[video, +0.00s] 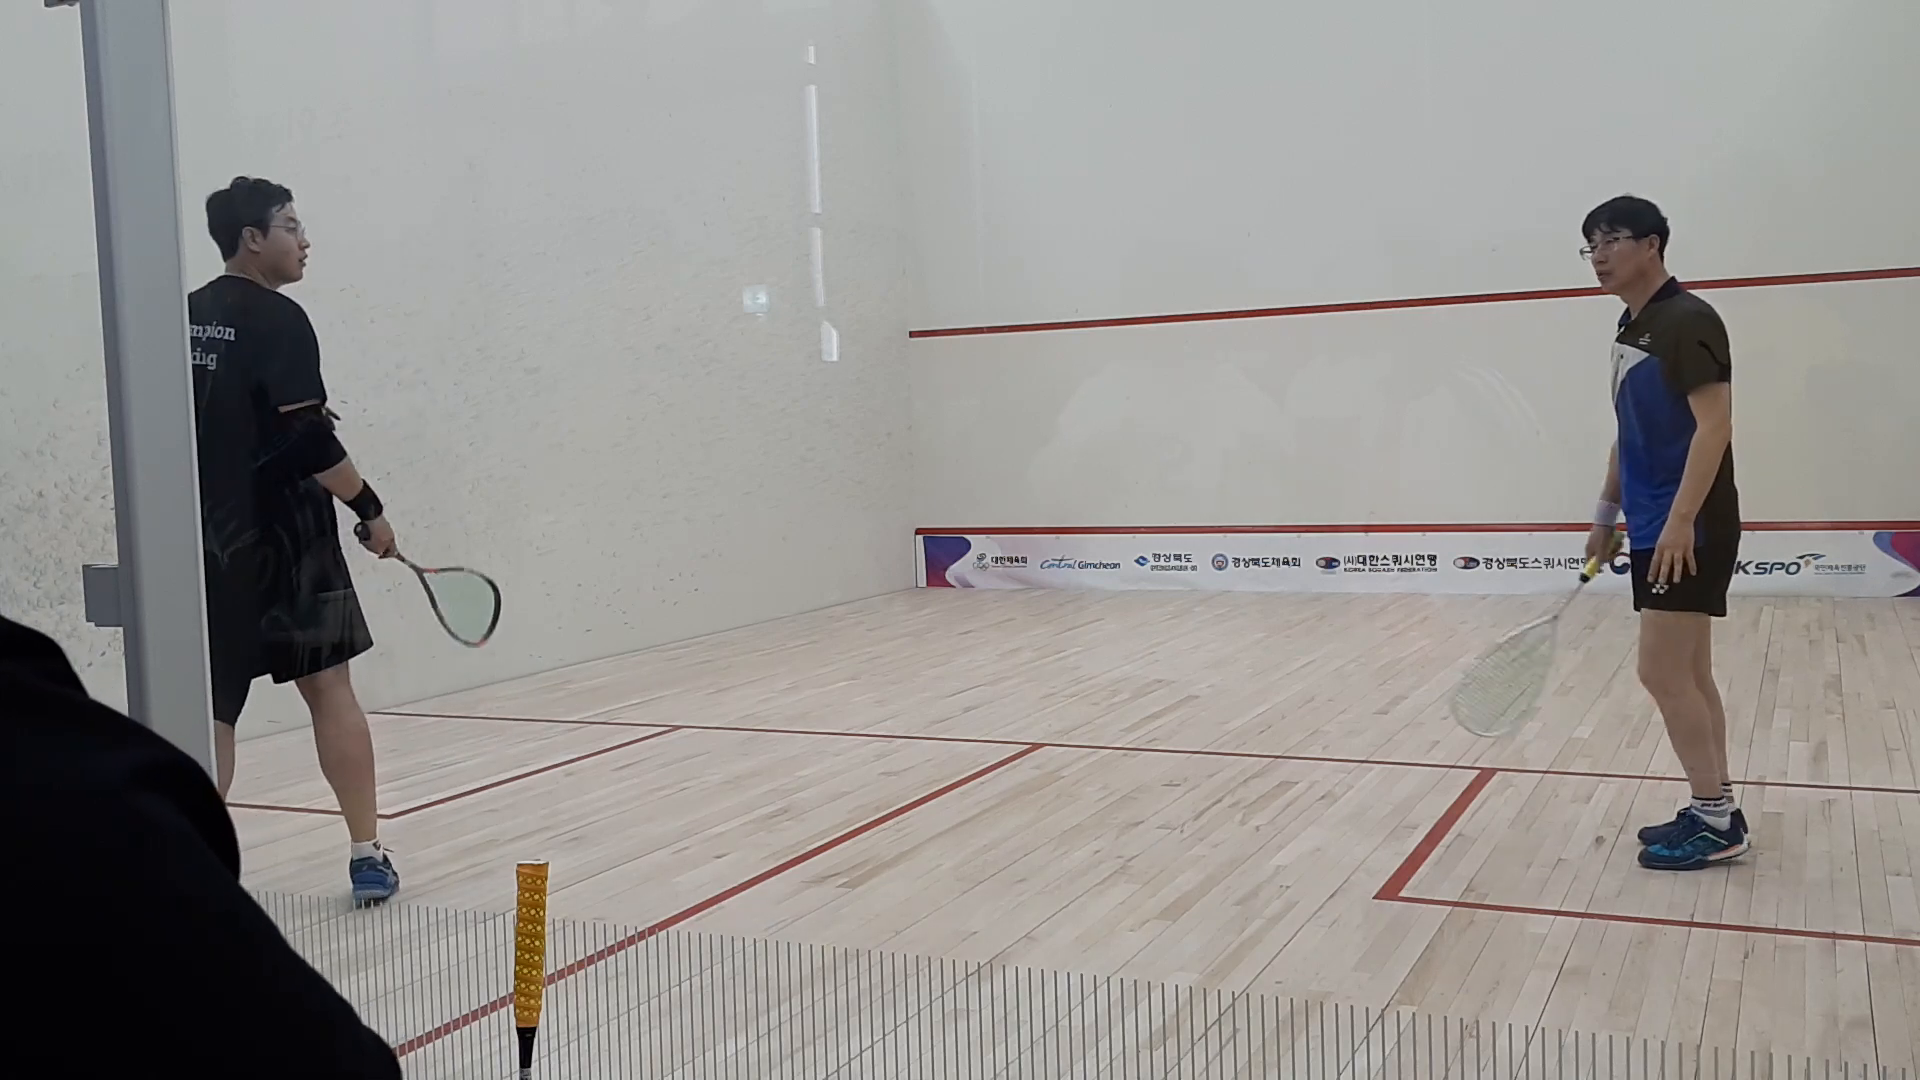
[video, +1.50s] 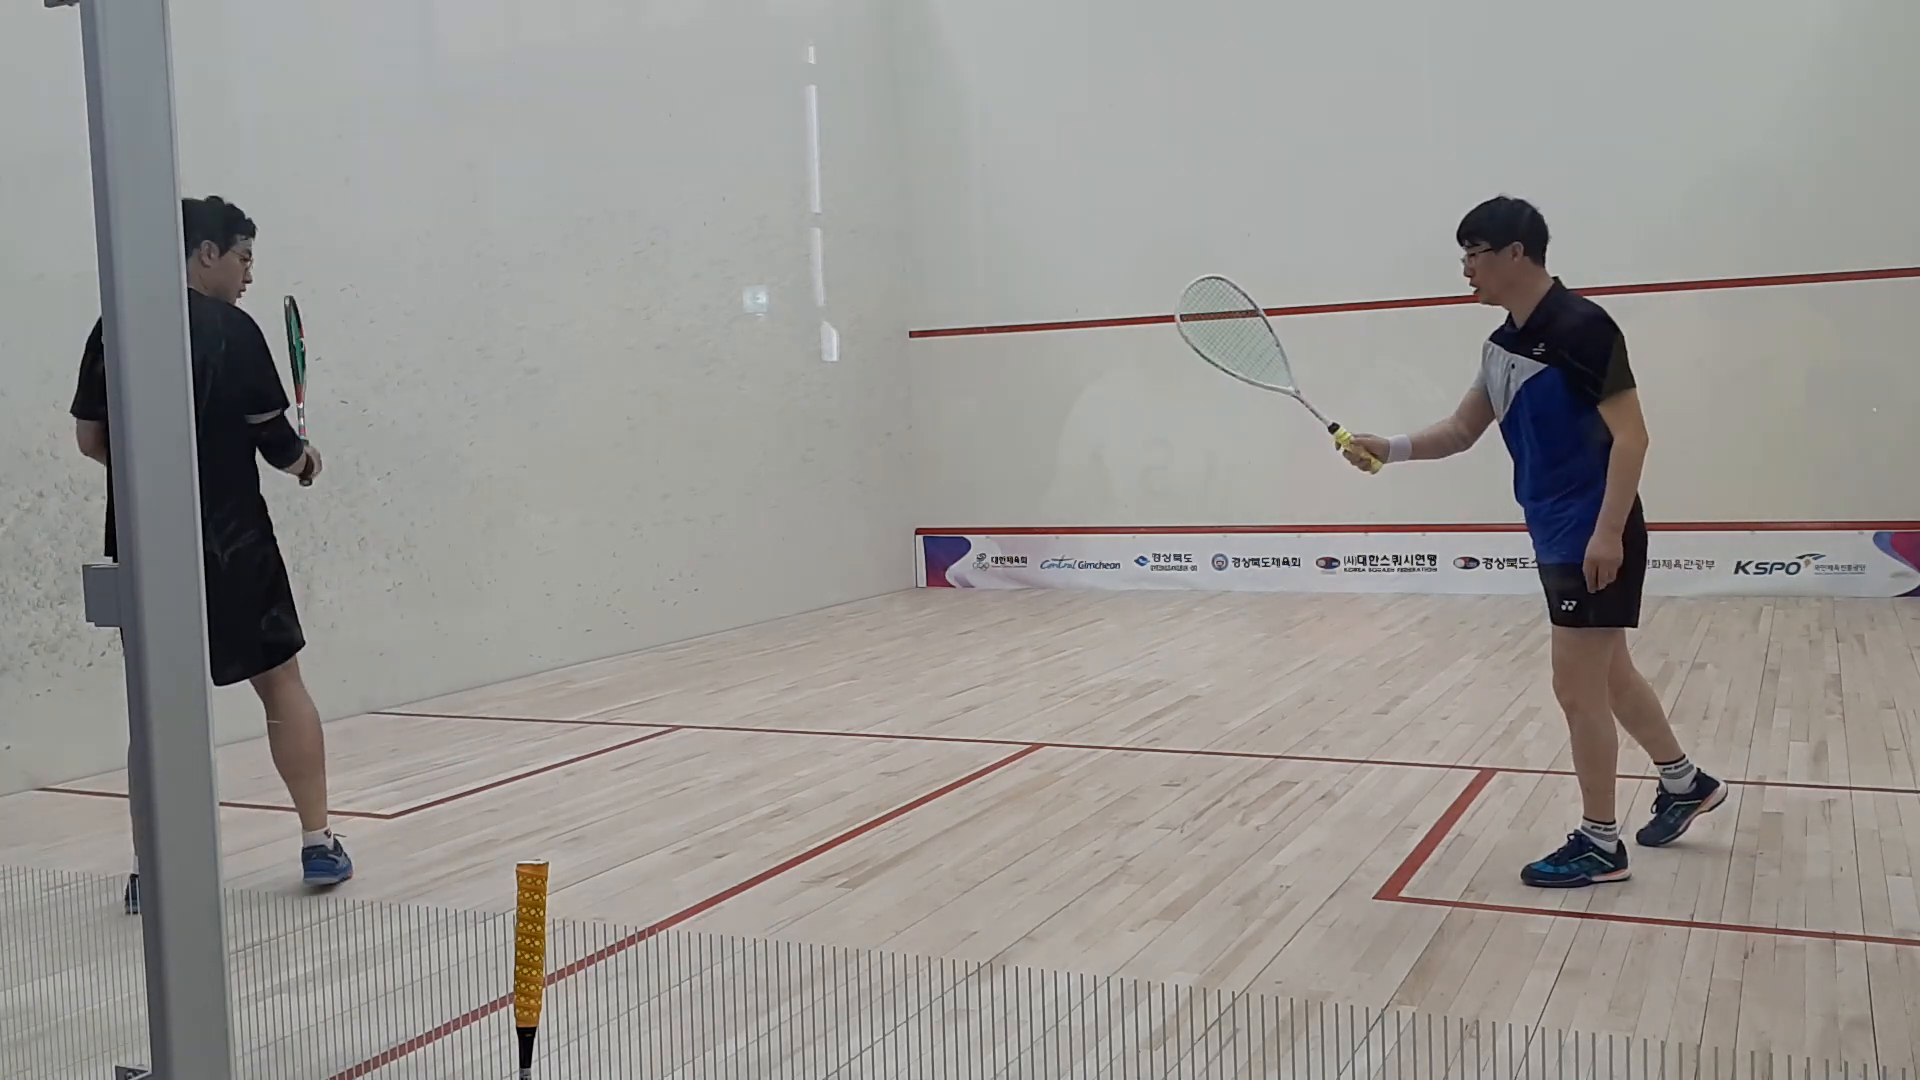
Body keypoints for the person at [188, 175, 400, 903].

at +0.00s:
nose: (305, 242)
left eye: (301, 226)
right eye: (293, 228)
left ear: (240, 242)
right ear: (251, 239)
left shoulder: (180, 313)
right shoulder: (278, 316)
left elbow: (167, 435)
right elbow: (308, 436)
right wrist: (370, 509)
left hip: (204, 549)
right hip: (289, 545)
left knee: (210, 720)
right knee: (332, 695)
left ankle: (199, 874)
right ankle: (368, 854)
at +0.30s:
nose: (260, 237)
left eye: (258, 225)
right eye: (245, 226)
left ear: (199, 244)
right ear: (203, 239)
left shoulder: (166, 309)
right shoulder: (236, 314)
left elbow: (192, 412)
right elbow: (269, 430)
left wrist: (270, 396)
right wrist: (331, 501)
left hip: (194, 538)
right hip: (266, 530)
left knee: (203, 712)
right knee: (312, 679)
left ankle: (186, 867)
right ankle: (331, 845)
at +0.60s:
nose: (278, 241)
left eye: (277, 229)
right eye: (259, 230)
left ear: (227, 248)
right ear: (217, 244)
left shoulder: (191, 316)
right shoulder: (247, 329)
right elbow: (280, 453)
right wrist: (324, 525)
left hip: (206, 549)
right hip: (261, 546)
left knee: (217, 714)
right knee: (289, 697)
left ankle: (182, 863)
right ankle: (306, 851)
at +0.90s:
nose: (328, 273)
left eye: (330, 261)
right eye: (317, 259)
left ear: (264, 266)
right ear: (273, 261)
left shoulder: (197, 322)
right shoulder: (281, 332)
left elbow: (171, 439)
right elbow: (290, 455)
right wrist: (305, 554)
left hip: (179, 545)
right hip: (247, 551)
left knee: (168, 706)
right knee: (276, 697)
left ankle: (153, 867)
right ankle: (305, 850)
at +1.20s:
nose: (271, 255)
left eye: (269, 243)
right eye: (260, 243)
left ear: (211, 252)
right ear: (218, 249)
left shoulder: (170, 318)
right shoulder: (230, 326)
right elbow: (242, 443)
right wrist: (277, 534)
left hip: (174, 535)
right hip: (233, 538)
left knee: (165, 702)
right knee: (266, 694)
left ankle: (153, 867)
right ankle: (304, 849)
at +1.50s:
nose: (249, 273)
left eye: (249, 259)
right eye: (242, 259)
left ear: (187, 257)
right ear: (206, 256)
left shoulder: (113, 323)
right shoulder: (231, 330)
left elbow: (91, 437)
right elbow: (272, 437)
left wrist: (157, 455)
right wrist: (303, 460)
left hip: (143, 549)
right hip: (232, 543)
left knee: (153, 711)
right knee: (282, 690)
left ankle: (152, 869)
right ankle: (319, 843)